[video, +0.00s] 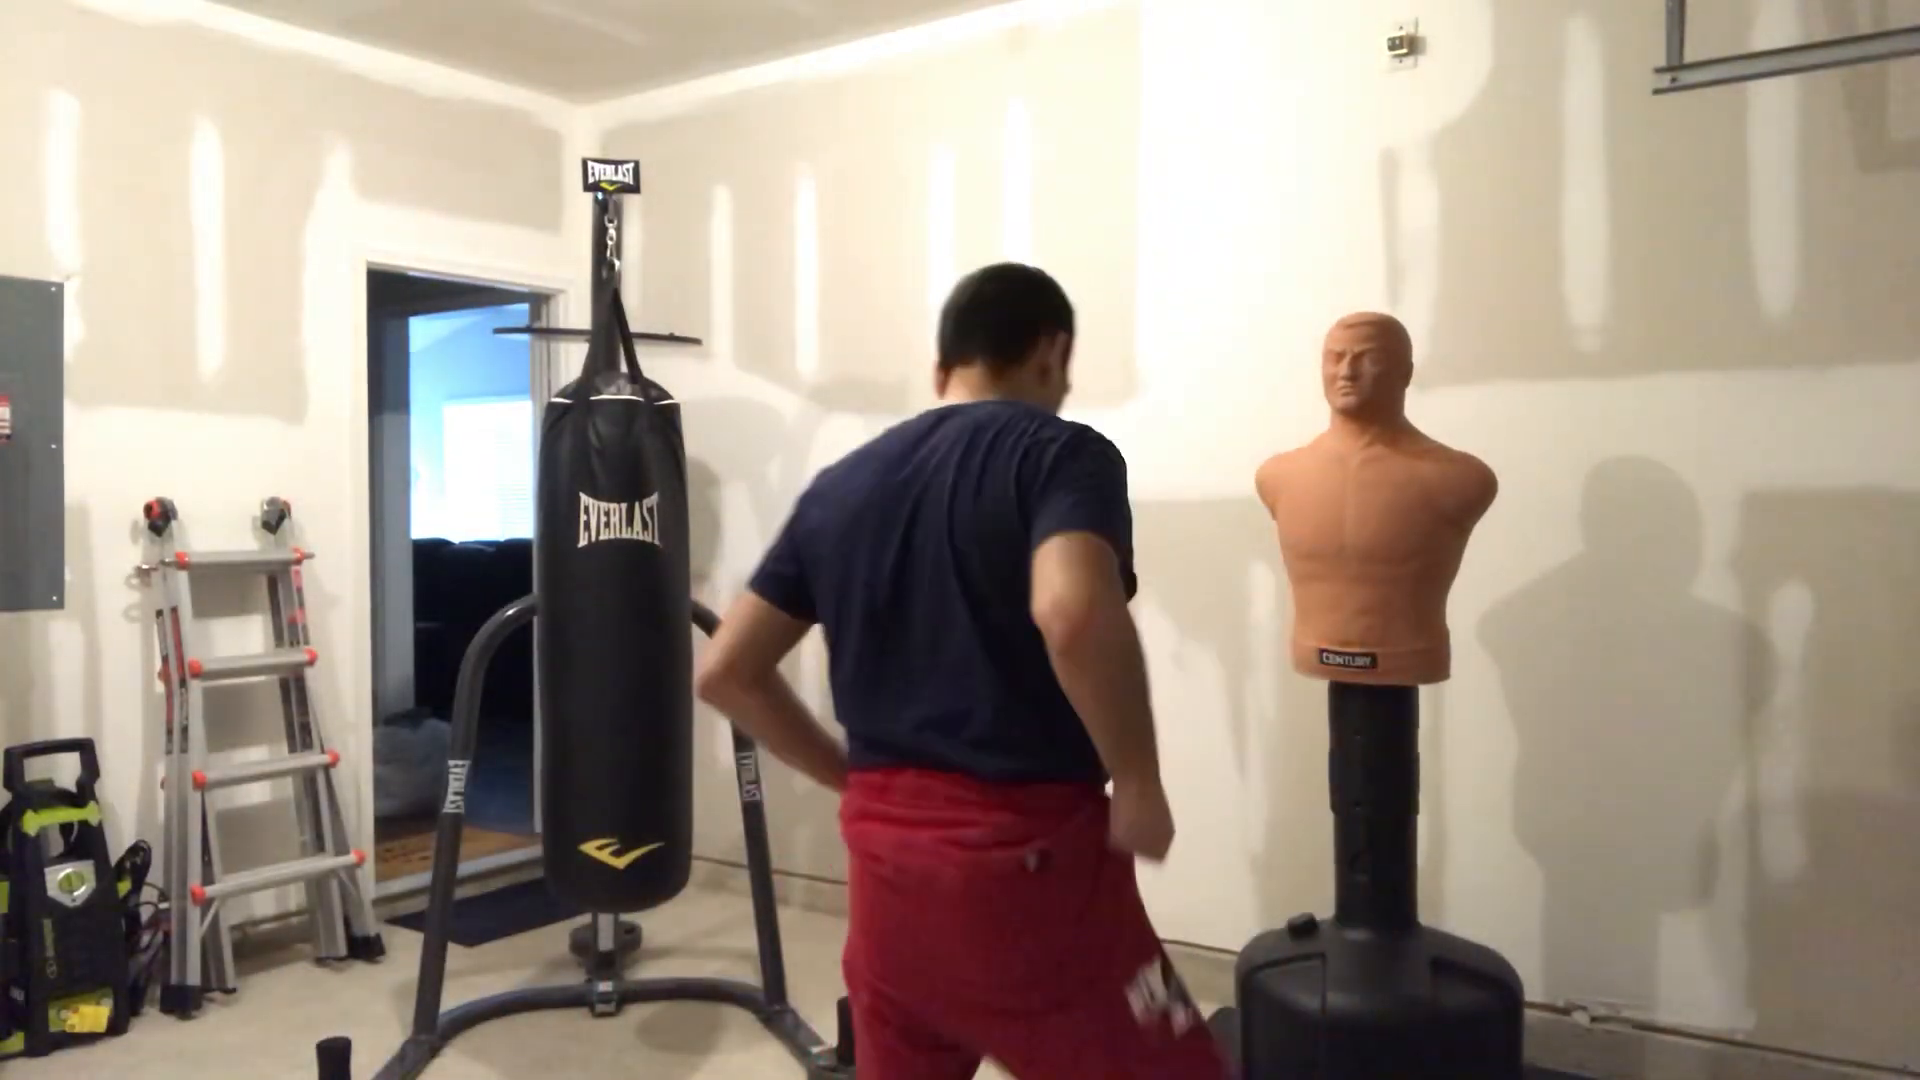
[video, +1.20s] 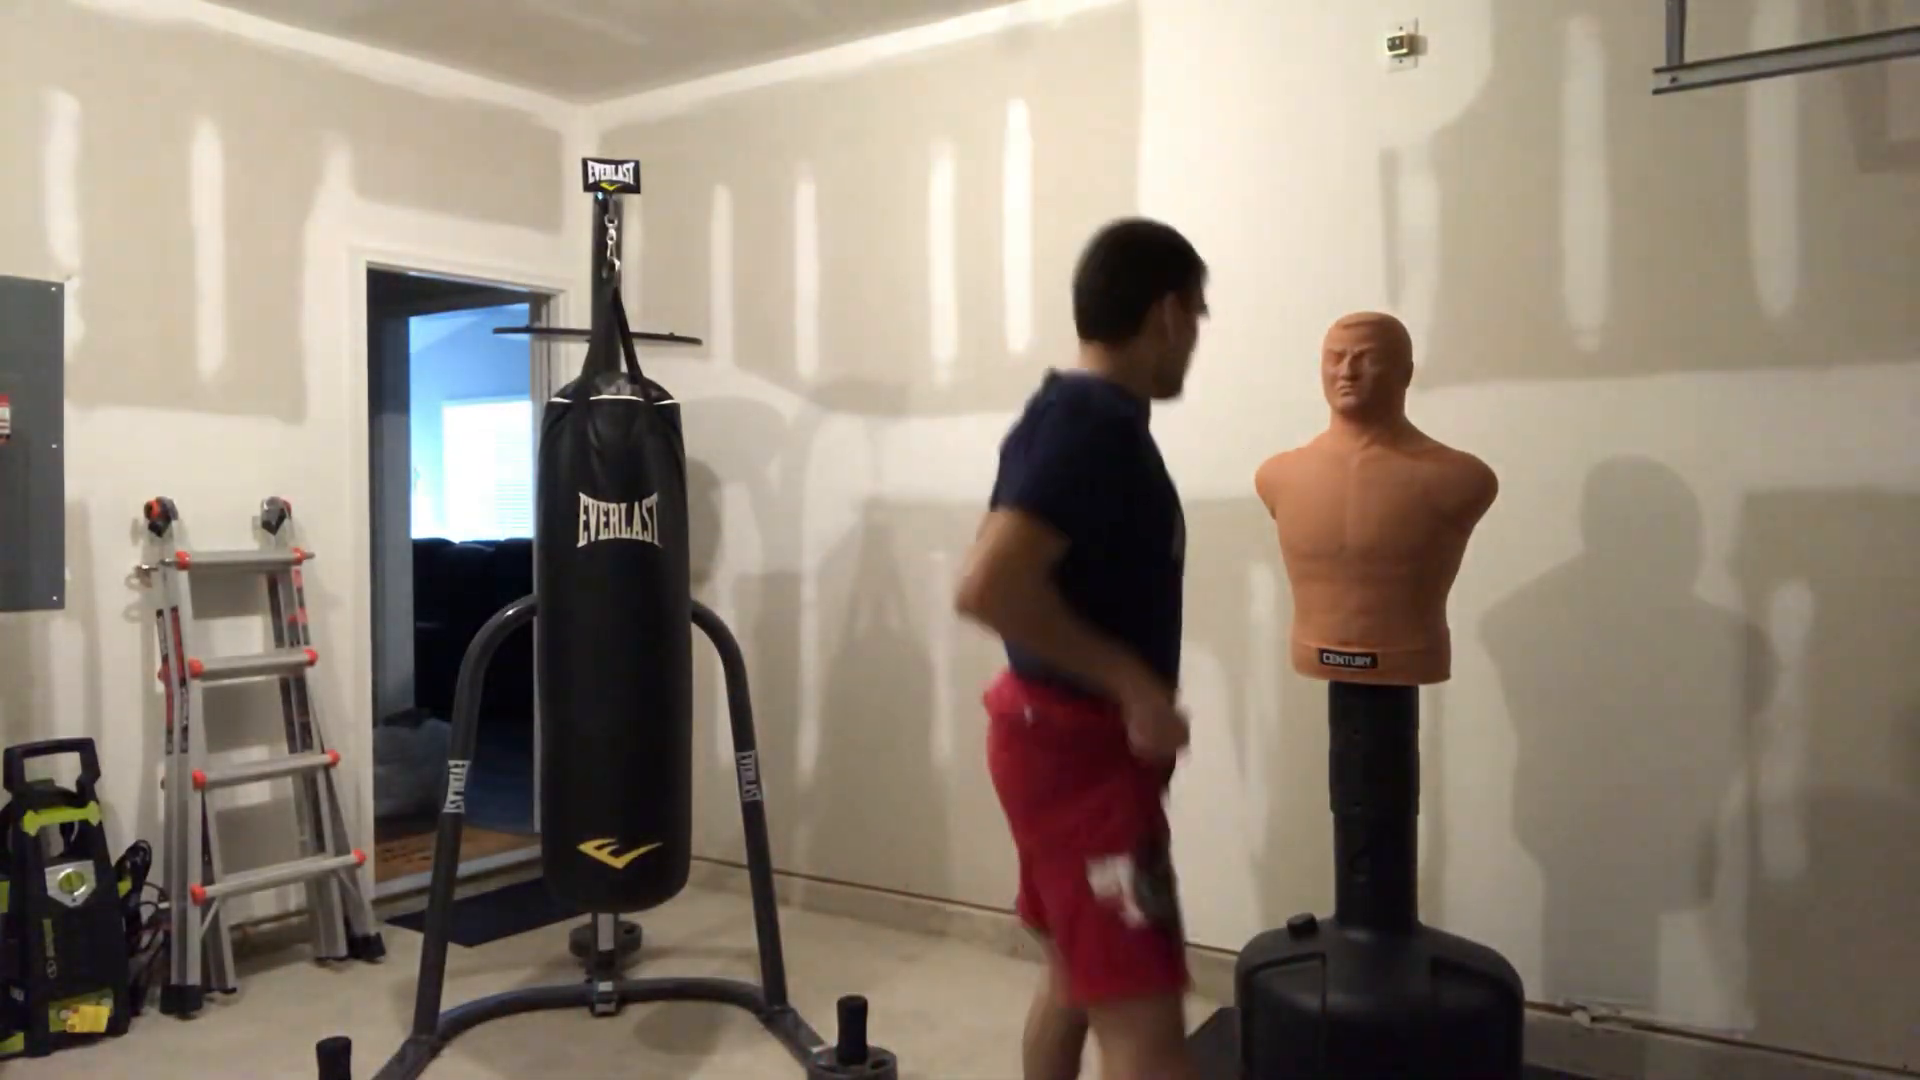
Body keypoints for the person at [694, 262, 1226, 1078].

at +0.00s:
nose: (1064, 390)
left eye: (1066, 373)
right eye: (1066, 369)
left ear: (941, 368)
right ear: (1051, 353)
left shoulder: (847, 481)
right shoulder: (1062, 452)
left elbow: (728, 674)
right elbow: (1071, 609)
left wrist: (848, 775)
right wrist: (1137, 783)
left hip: (884, 870)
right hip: (1029, 876)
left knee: (898, 1066)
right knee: (1175, 1065)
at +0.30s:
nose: (1168, 410)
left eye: (1173, 389)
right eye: (1171, 388)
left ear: (1057, 367)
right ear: (1152, 380)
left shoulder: (938, 472)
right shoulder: (1145, 498)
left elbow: (795, 616)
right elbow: (1132, 678)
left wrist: (900, 725)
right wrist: (1169, 798)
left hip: (936, 847)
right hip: (1063, 866)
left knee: (931, 1055)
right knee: (1112, 1067)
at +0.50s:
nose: (1204, 411)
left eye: (1212, 392)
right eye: (1209, 389)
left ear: (1097, 363)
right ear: (1186, 378)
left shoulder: (979, 461)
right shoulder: (1175, 488)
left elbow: (837, 602)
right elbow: (1157, 666)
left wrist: (935, 710)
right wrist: (1189, 789)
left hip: (966, 801)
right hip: (1082, 839)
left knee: (962, 935)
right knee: (1100, 1063)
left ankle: (921, 1073)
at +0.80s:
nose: (1232, 418)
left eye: (1241, 399)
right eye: (1240, 396)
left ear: (1133, 360)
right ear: (1218, 379)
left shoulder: (1023, 456)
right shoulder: (1178, 492)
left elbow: (894, 587)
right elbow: (1121, 667)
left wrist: (979, 673)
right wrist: (1174, 777)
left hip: (994, 774)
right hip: (1083, 807)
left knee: (1053, 945)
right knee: (1107, 1049)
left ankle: (1034, 1068)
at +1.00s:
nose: (1231, 469)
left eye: (1236, 448)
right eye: (1232, 445)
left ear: (1135, 425)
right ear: (1196, 436)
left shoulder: (1069, 511)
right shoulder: (1118, 546)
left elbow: (963, 645)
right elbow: (1027, 729)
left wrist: (1044, 737)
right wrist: (1134, 831)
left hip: (1031, 833)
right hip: (1076, 855)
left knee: (1114, 1045)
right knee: (1189, 1060)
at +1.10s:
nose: (1213, 404)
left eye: (1215, 383)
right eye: (1210, 380)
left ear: (1122, 373)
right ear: (1177, 379)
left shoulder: (1082, 476)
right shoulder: (1093, 490)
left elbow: (978, 652)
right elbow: (992, 668)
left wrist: (1110, 753)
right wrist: (1122, 777)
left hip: (1061, 795)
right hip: (1075, 804)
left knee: (1089, 1026)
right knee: (1165, 1050)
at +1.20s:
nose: (1198, 338)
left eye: (1199, 315)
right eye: (1193, 313)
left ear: (1104, 309)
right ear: (1156, 313)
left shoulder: (1068, 408)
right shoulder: (1089, 418)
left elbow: (1001, 575)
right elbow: (992, 583)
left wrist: (1129, 678)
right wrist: (1131, 681)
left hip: (1062, 726)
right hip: (1075, 734)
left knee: (1073, 985)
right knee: (1142, 1016)